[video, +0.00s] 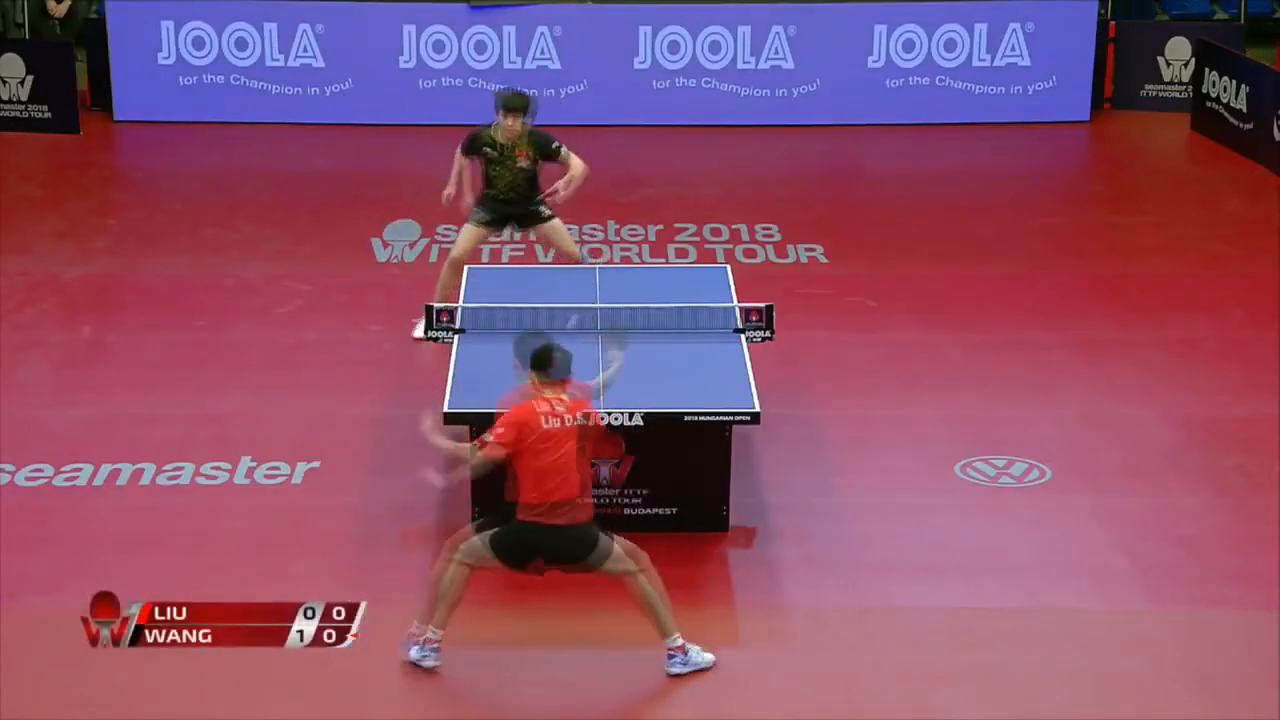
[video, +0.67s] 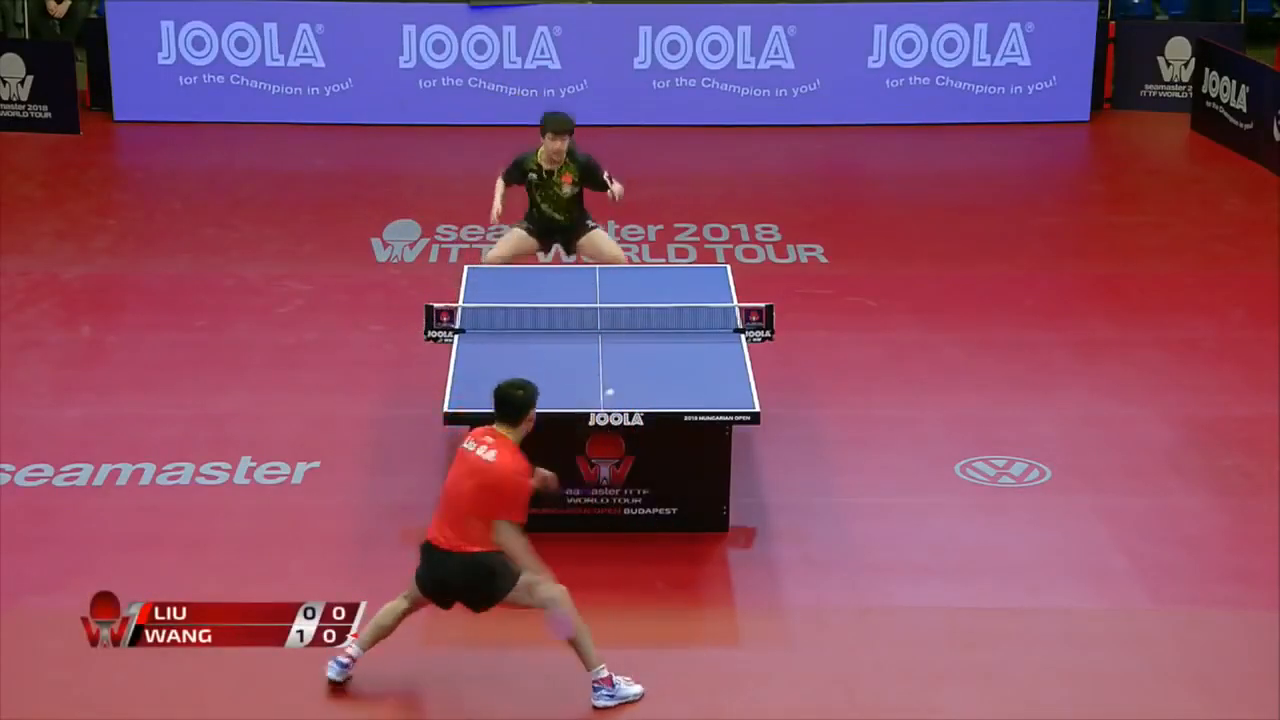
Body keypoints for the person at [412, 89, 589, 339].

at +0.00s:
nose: (511, 123)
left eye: (517, 117)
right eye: (506, 116)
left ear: (525, 119)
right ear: (498, 116)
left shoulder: (537, 140)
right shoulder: (482, 137)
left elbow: (579, 166)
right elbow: (461, 153)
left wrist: (566, 185)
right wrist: (453, 184)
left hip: (530, 206)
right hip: (491, 206)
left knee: (575, 256)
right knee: (455, 258)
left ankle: (596, 316)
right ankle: (434, 317)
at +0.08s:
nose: (524, 135)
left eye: (529, 130)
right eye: (519, 129)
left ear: (536, 129)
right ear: (508, 126)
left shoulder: (547, 149)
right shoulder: (489, 147)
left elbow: (583, 174)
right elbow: (469, 170)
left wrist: (569, 201)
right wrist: (477, 204)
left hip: (535, 211)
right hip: (497, 211)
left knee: (574, 259)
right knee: (457, 261)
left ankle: (593, 317)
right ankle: (431, 318)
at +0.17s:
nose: (542, 149)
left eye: (545, 143)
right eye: (536, 143)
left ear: (549, 142)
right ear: (520, 139)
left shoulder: (551, 161)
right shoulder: (492, 161)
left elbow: (574, 184)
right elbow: (476, 192)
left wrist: (572, 204)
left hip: (538, 221)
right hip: (501, 223)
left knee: (576, 266)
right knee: (461, 270)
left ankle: (593, 324)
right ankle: (430, 319)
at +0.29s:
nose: (573, 157)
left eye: (575, 151)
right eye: (569, 150)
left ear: (574, 152)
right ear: (551, 148)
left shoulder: (568, 170)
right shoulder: (526, 174)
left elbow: (582, 190)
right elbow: (498, 210)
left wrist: (623, 188)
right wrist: (512, 234)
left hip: (549, 235)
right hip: (515, 239)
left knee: (605, 261)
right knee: (480, 280)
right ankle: (436, 322)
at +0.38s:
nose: (572, 160)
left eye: (576, 155)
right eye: (568, 154)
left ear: (577, 154)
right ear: (551, 149)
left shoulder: (574, 169)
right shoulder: (528, 175)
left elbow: (597, 178)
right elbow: (501, 210)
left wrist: (616, 173)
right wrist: (522, 224)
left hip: (557, 235)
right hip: (522, 238)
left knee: (611, 258)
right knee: (485, 273)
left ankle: (616, 319)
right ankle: (439, 318)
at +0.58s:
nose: (560, 160)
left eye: (564, 154)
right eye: (554, 154)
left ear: (570, 153)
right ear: (543, 152)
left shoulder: (580, 171)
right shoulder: (526, 175)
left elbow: (608, 187)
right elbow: (503, 201)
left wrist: (614, 191)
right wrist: (502, 225)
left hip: (576, 237)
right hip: (537, 238)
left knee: (622, 267)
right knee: (492, 262)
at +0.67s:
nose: (559, 146)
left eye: (563, 140)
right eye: (553, 140)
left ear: (569, 140)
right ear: (543, 139)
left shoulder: (580, 163)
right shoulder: (527, 163)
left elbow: (610, 183)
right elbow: (502, 180)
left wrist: (615, 190)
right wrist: (497, 203)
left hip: (576, 228)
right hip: (537, 227)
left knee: (618, 260)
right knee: (492, 259)